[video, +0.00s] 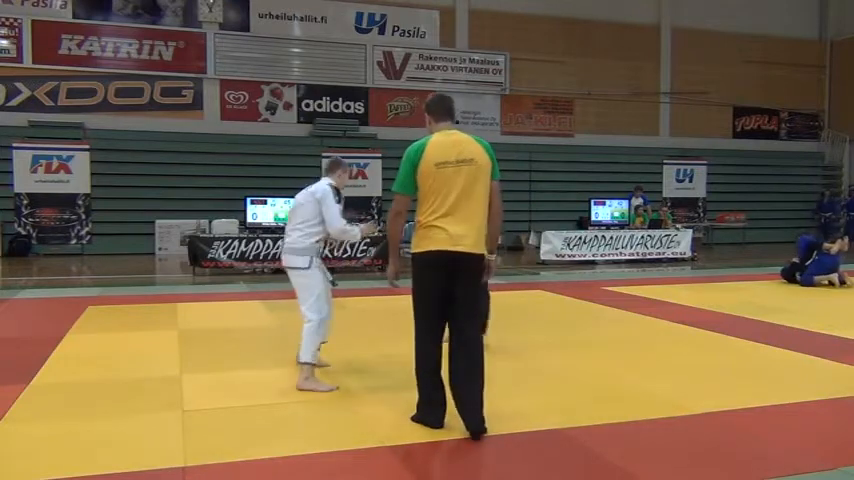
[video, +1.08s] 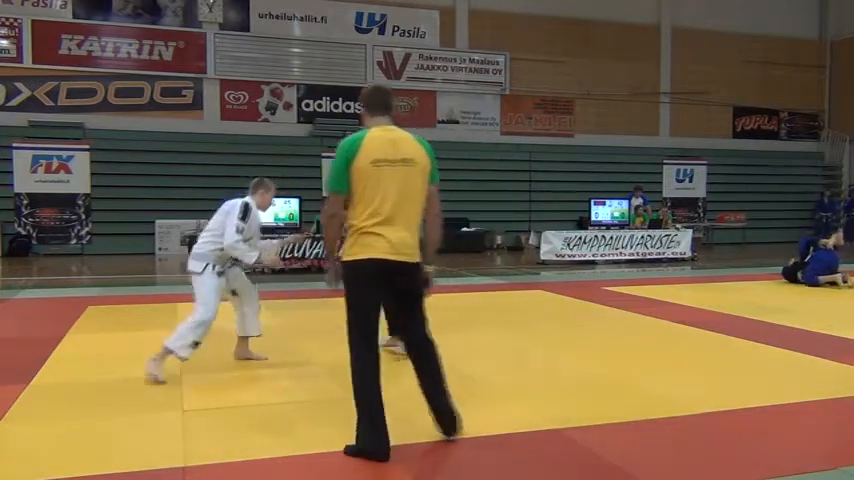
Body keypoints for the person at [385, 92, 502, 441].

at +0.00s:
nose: (425, 123)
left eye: (425, 119)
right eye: (430, 118)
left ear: (428, 118)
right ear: (455, 116)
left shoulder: (417, 151)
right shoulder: (483, 148)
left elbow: (398, 210)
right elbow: (496, 206)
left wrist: (393, 258)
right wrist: (491, 251)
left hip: (429, 255)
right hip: (471, 256)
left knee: (427, 335)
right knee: (467, 336)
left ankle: (431, 412)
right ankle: (474, 419)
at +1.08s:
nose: (361, 117)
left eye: (360, 112)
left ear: (363, 112)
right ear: (393, 111)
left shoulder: (352, 145)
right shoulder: (421, 148)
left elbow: (332, 210)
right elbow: (433, 209)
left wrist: (333, 256)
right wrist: (428, 262)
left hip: (362, 263)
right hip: (406, 263)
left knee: (363, 351)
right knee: (418, 340)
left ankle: (373, 442)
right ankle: (447, 418)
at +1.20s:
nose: (350, 117)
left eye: (347, 112)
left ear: (347, 111)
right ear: (379, 110)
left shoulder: (338, 145)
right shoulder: (409, 146)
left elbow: (318, 210)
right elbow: (420, 208)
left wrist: (310, 267)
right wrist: (416, 259)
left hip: (354, 263)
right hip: (398, 262)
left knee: (359, 350)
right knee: (394, 336)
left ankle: (373, 441)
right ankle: (411, 418)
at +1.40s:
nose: (332, 117)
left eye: (329, 112)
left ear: (328, 112)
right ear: (361, 110)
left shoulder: (322, 146)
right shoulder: (391, 146)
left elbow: (301, 211)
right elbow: (404, 207)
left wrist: (292, 267)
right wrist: (398, 260)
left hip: (341, 259)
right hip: (381, 258)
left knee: (353, 348)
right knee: (357, 343)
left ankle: (373, 443)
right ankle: (344, 425)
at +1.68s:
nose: (306, 119)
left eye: (306, 115)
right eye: (310, 115)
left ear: (309, 113)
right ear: (340, 112)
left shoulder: (306, 140)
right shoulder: (367, 149)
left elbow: (292, 207)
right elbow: (375, 210)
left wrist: (286, 261)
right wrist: (368, 263)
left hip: (313, 259)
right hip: (352, 260)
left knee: (303, 338)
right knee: (338, 340)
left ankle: (346, 416)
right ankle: (338, 428)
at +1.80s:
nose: (298, 118)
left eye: (298, 113)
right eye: (304, 114)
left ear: (301, 113)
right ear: (330, 111)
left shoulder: (294, 141)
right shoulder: (357, 149)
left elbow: (280, 204)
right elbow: (364, 209)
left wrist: (272, 257)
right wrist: (355, 257)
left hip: (299, 259)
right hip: (341, 261)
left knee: (281, 336)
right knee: (333, 343)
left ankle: (300, 425)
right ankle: (338, 427)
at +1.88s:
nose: (288, 118)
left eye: (287, 112)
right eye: (291, 112)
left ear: (293, 111)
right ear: (320, 110)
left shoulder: (284, 141)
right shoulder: (349, 148)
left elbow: (266, 208)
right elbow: (358, 213)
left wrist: (260, 259)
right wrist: (342, 253)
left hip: (288, 261)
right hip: (332, 263)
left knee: (269, 346)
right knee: (330, 345)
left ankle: (264, 439)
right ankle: (338, 428)